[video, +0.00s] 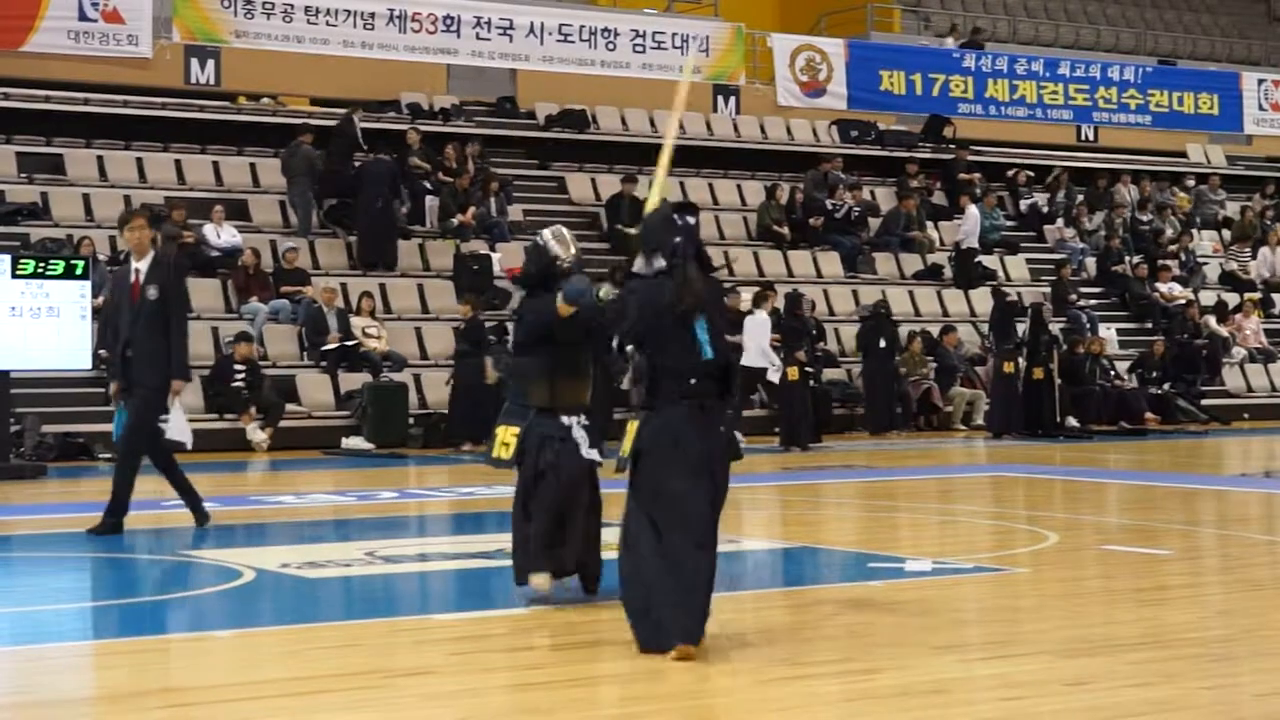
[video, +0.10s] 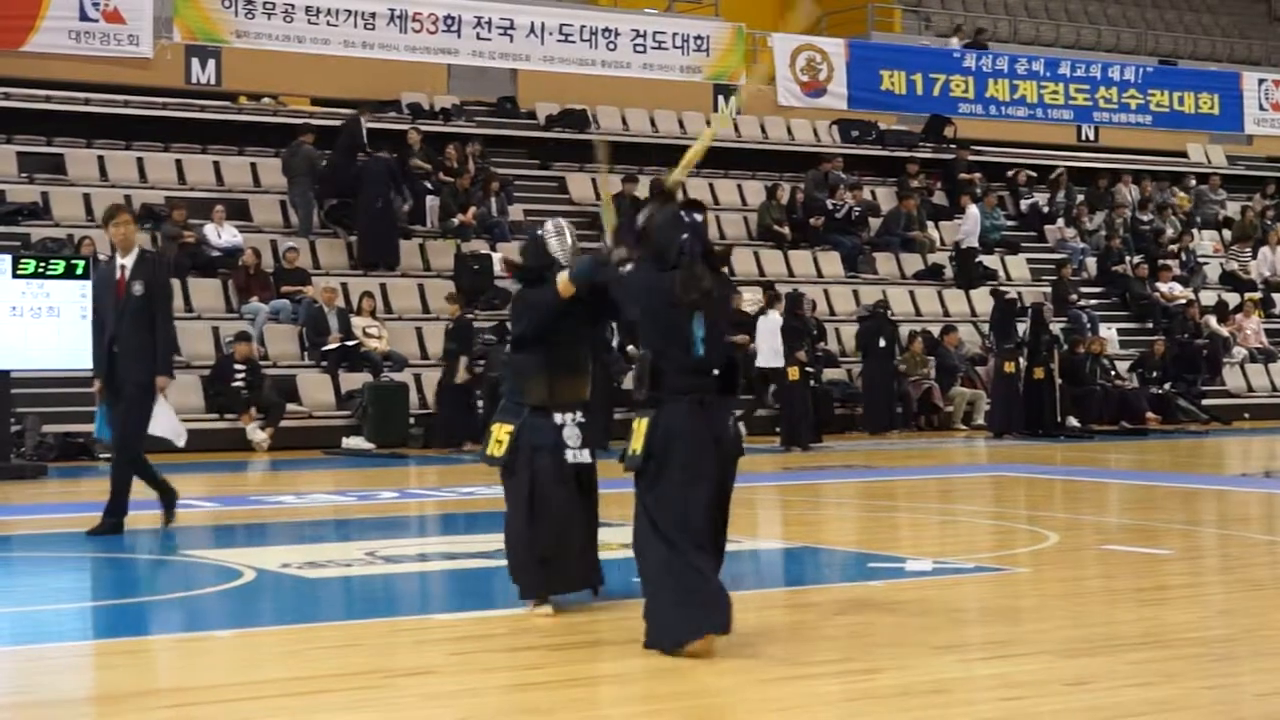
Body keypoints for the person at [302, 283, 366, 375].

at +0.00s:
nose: (329, 296)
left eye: (332, 293)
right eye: (326, 292)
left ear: (336, 296)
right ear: (321, 294)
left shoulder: (342, 312)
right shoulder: (313, 312)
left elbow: (349, 335)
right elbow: (311, 339)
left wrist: (340, 337)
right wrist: (326, 339)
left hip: (342, 344)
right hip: (322, 346)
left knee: (353, 350)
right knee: (334, 353)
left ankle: (354, 382)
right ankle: (334, 386)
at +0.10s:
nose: (329, 296)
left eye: (332, 292)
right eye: (326, 292)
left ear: (337, 296)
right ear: (321, 294)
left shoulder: (343, 312)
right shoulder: (314, 312)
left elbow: (349, 334)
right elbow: (312, 339)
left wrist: (341, 338)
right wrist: (327, 340)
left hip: (342, 344)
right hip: (323, 346)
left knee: (355, 353)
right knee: (334, 354)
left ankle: (354, 383)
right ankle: (335, 385)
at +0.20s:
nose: (330, 295)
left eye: (333, 292)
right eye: (327, 292)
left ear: (337, 295)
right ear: (321, 294)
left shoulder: (343, 312)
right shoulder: (314, 312)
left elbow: (349, 334)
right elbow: (312, 339)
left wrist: (341, 338)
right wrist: (328, 340)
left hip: (342, 344)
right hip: (322, 346)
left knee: (355, 352)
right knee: (335, 353)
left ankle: (354, 383)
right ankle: (335, 385)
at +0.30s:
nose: (331, 295)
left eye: (334, 291)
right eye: (327, 291)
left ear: (338, 294)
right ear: (322, 293)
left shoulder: (344, 311)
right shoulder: (315, 312)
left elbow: (351, 333)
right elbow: (313, 340)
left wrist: (342, 338)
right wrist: (328, 340)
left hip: (343, 344)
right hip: (323, 347)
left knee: (356, 352)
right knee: (335, 353)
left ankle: (354, 383)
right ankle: (337, 386)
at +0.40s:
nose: (331, 294)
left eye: (334, 291)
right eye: (328, 291)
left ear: (339, 294)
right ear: (323, 293)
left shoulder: (345, 311)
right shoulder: (315, 312)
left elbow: (351, 334)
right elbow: (313, 339)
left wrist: (341, 338)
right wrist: (329, 340)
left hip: (344, 344)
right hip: (323, 346)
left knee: (356, 348)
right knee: (337, 351)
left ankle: (356, 382)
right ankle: (335, 385)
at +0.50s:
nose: (331, 294)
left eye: (334, 291)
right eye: (328, 291)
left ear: (339, 294)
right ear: (323, 294)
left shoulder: (345, 311)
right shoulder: (315, 311)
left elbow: (351, 334)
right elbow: (314, 339)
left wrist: (343, 338)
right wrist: (329, 339)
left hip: (344, 344)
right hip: (323, 346)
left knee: (356, 348)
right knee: (338, 350)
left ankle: (357, 381)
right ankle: (334, 383)